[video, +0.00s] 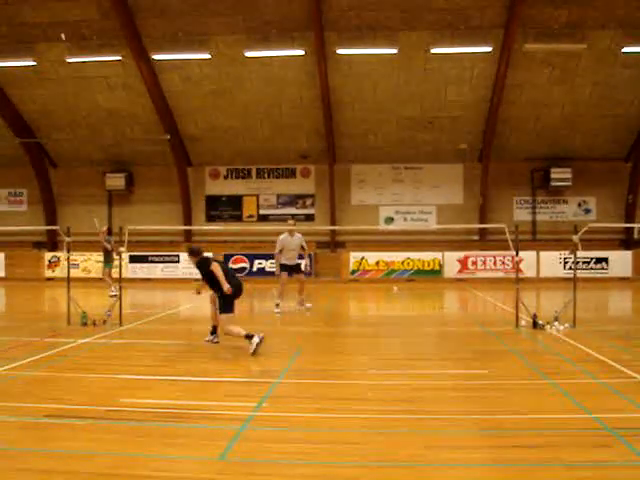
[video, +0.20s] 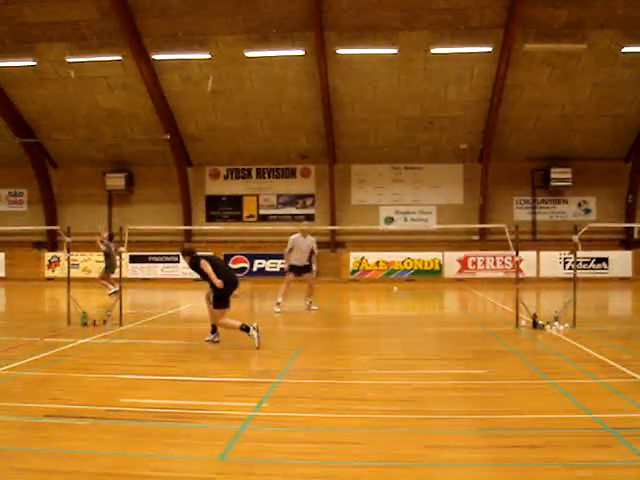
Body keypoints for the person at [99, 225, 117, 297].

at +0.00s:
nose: (102, 234)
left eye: (104, 232)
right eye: (102, 232)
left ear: (107, 232)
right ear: (103, 232)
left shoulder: (109, 239)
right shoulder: (106, 239)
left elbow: (110, 248)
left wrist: (103, 241)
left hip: (109, 260)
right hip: (107, 260)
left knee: (106, 275)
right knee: (109, 275)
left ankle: (113, 289)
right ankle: (113, 288)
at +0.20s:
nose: (104, 237)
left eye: (105, 235)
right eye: (104, 235)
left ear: (108, 237)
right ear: (111, 238)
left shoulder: (107, 244)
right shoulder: (113, 244)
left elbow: (104, 249)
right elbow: (118, 251)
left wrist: (98, 241)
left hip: (109, 264)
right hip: (113, 264)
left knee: (101, 277)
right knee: (107, 277)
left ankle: (111, 288)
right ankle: (115, 286)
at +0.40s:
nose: (103, 236)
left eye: (104, 234)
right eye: (103, 234)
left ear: (106, 235)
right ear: (110, 235)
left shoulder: (104, 242)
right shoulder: (111, 243)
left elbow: (98, 239)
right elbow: (117, 250)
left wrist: (95, 232)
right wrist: (123, 249)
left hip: (106, 262)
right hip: (111, 262)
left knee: (98, 276)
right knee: (107, 277)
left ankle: (110, 287)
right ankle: (114, 287)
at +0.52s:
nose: (103, 225)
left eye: (105, 224)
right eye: (104, 223)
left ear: (108, 227)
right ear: (106, 226)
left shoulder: (107, 235)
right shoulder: (104, 234)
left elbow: (99, 233)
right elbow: (98, 232)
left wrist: (94, 227)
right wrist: (94, 226)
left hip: (103, 255)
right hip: (100, 254)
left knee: (103, 273)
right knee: (103, 272)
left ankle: (112, 284)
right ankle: (111, 283)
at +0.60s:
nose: (103, 225)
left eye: (106, 225)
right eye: (104, 224)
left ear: (108, 227)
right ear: (105, 225)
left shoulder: (106, 234)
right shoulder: (103, 232)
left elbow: (101, 242)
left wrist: (97, 236)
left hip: (101, 254)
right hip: (97, 253)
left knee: (103, 270)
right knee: (101, 270)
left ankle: (110, 281)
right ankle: (108, 281)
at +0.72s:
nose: (103, 228)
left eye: (105, 228)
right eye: (103, 227)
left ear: (107, 231)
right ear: (102, 228)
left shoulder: (105, 239)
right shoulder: (98, 236)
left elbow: (99, 248)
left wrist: (96, 240)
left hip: (100, 255)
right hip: (94, 254)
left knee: (100, 272)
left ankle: (107, 286)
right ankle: (104, 282)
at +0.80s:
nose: (99, 233)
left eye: (102, 232)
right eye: (99, 231)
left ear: (104, 234)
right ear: (98, 233)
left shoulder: (103, 242)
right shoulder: (95, 239)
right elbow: (87, 247)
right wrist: (86, 240)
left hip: (100, 258)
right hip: (93, 256)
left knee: (99, 277)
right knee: (84, 270)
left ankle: (107, 287)